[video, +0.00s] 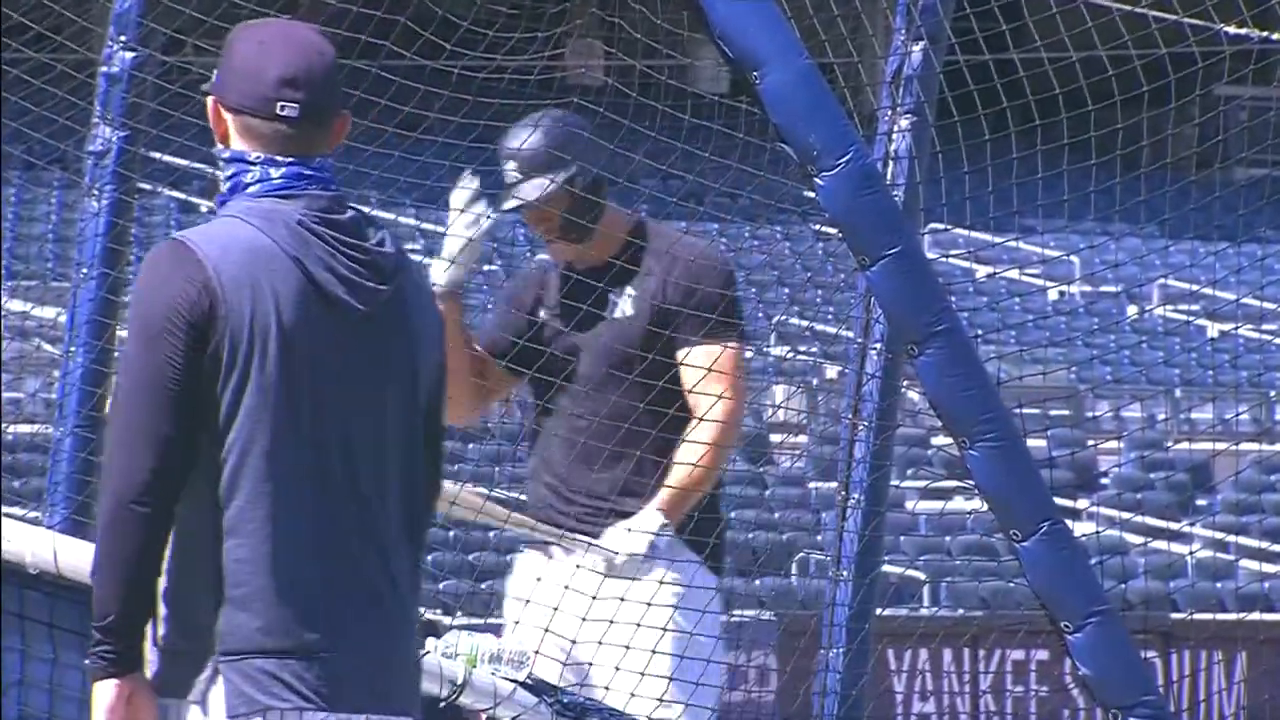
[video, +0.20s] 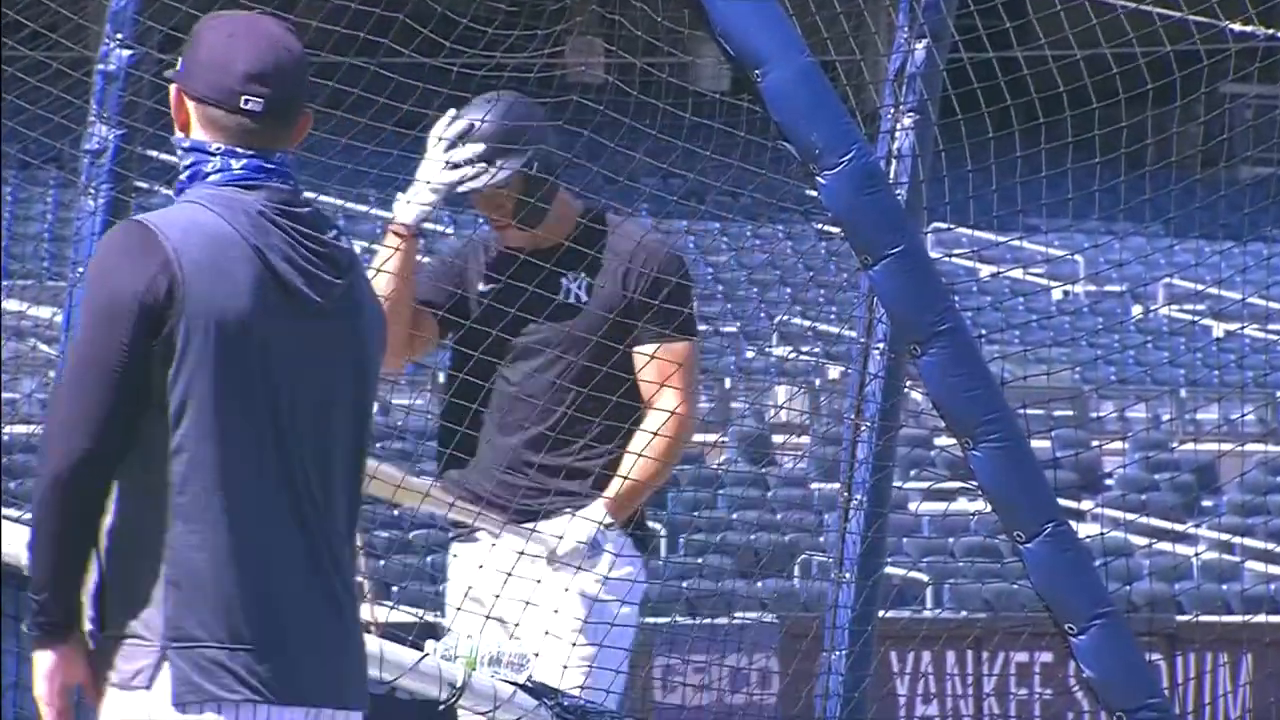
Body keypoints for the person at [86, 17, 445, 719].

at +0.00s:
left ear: (216, 116)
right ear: (341, 132)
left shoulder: (192, 268)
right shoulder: (408, 282)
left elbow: (139, 485)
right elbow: (420, 484)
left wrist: (114, 663)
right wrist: (378, 619)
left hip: (243, 670)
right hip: (384, 669)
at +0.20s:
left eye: (172, 92)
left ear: (178, 106)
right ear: (304, 128)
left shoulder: (150, 250)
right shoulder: (354, 280)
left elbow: (75, 459)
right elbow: (338, 477)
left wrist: (56, 631)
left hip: (177, 675)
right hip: (327, 677)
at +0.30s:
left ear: (184, 105)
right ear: (308, 130)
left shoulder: (155, 244)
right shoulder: (348, 273)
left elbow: (58, 451)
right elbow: (324, 475)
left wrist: (48, 601)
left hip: (164, 663)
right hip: (319, 667)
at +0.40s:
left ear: (199, 100)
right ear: (322, 126)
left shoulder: (169, 238)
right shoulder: (364, 273)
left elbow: (56, 438)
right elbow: (334, 465)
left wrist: (80, 548)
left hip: (170, 667)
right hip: (327, 671)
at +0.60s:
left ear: (191, 99)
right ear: (316, 122)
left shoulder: (143, 243)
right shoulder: (365, 270)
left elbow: (35, 426)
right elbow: (292, 456)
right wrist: (108, 532)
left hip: (163, 677)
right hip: (337, 686)